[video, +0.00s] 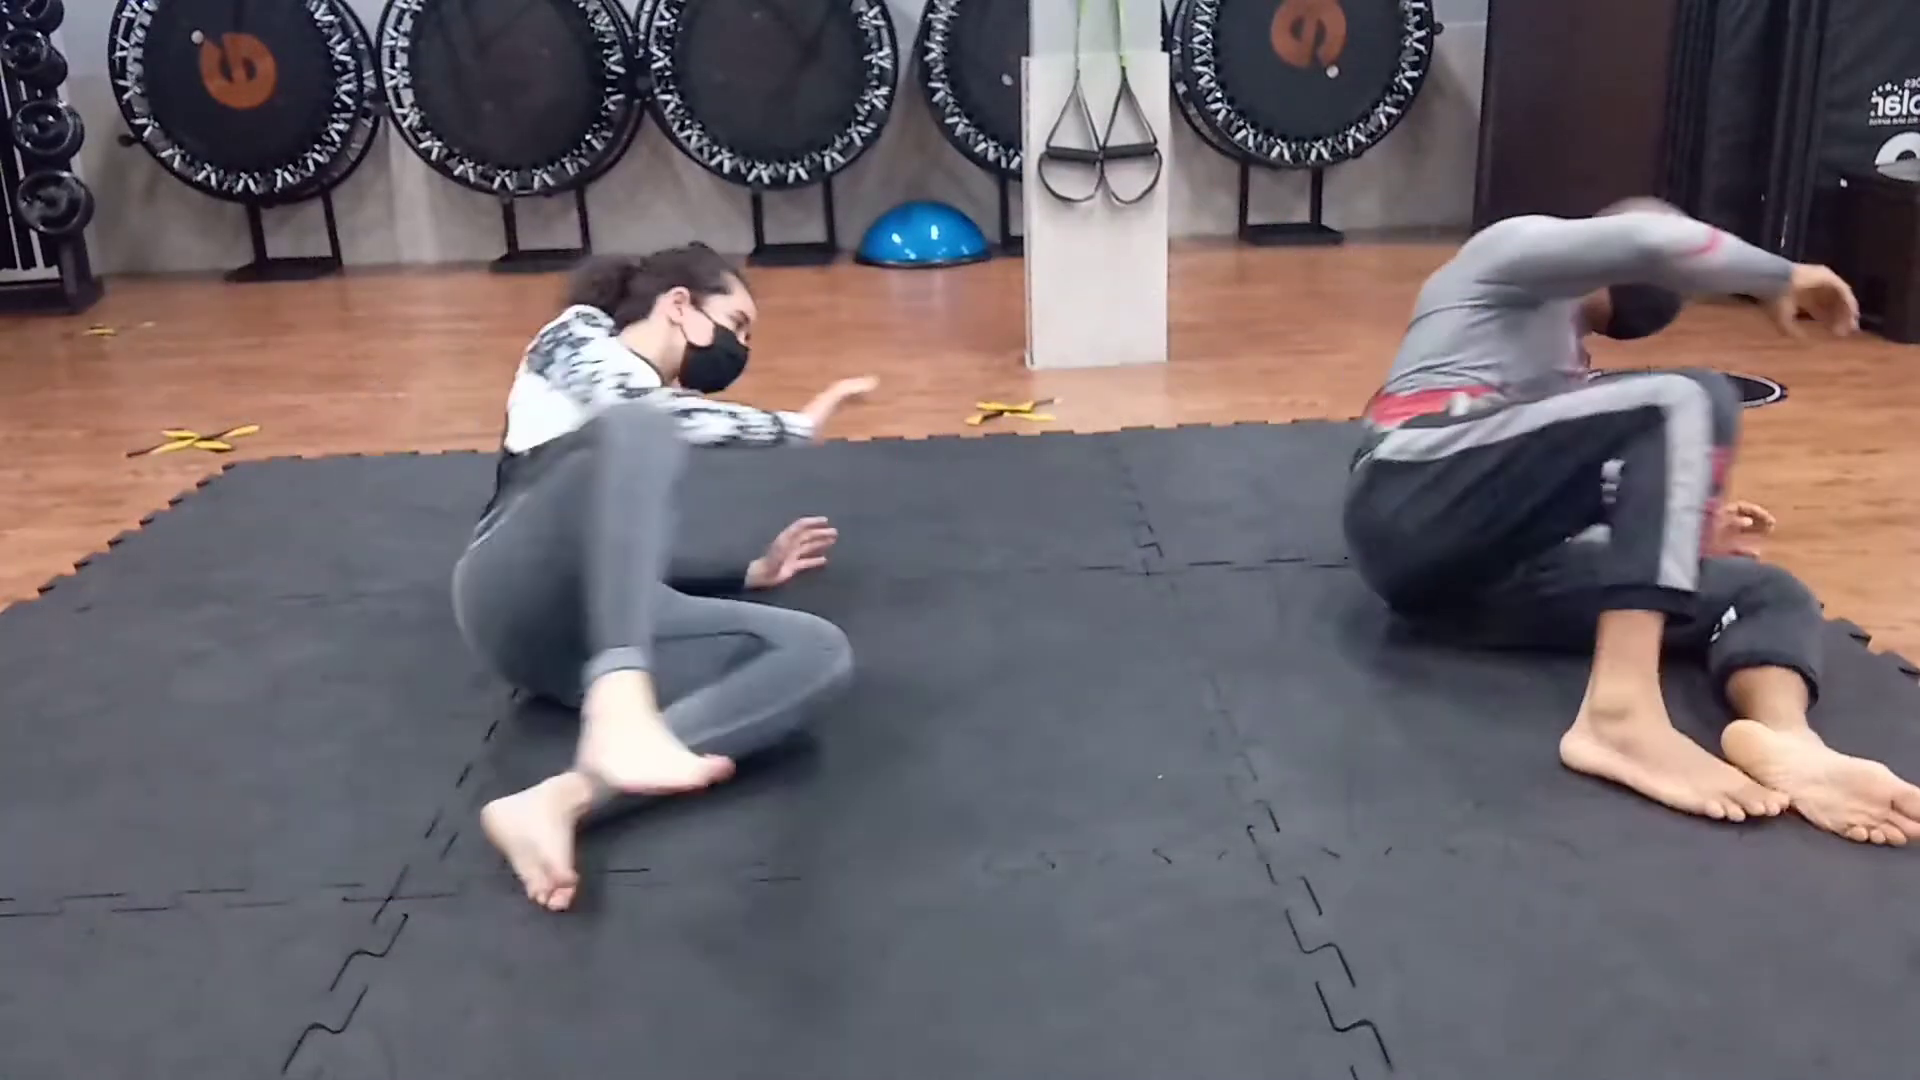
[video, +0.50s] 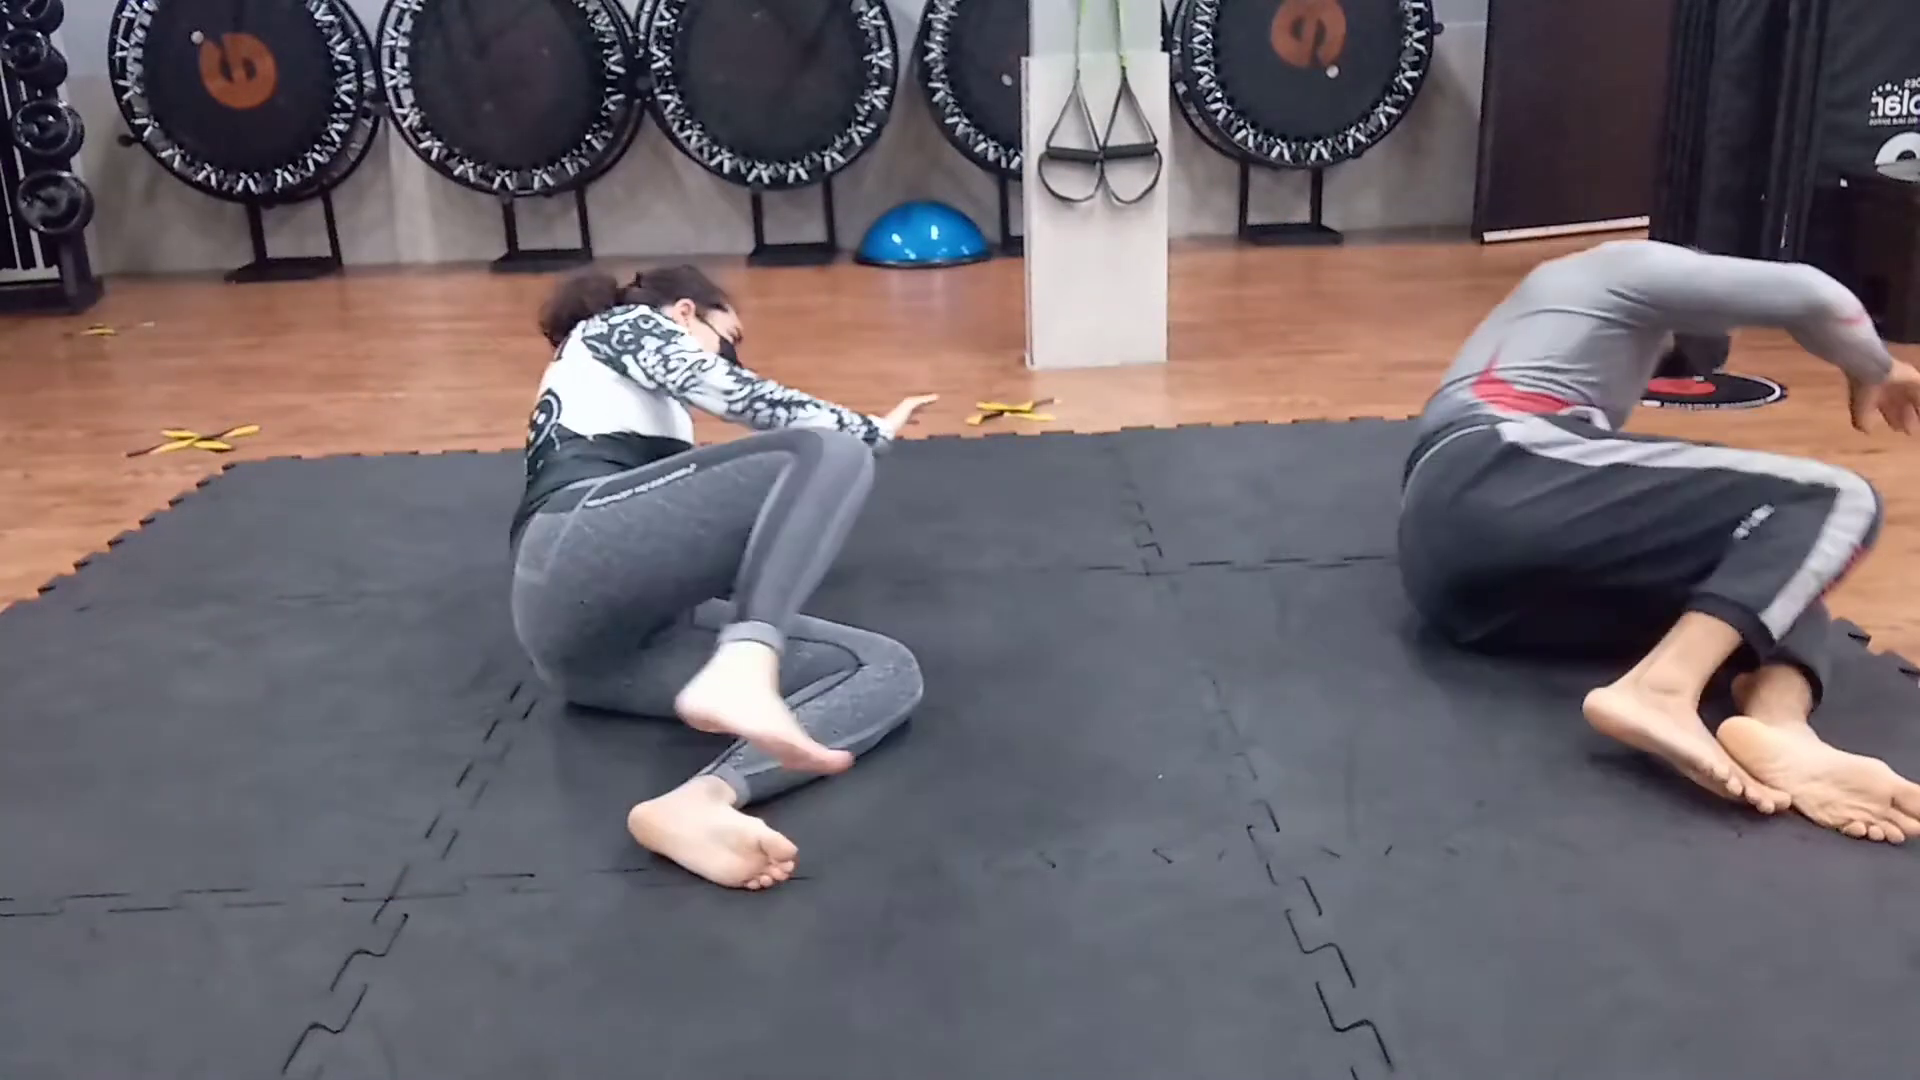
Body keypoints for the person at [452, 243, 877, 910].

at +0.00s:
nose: (742, 349)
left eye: (746, 336)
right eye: (735, 326)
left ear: (679, 314)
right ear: (677, 306)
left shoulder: (659, 408)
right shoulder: (575, 334)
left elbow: (622, 570)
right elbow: (650, 415)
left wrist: (749, 576)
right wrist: (796, 426)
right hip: (512, 599)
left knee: (819, 650)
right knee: (642, 423)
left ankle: (557, 800)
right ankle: (619, 702)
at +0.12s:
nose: (743, 357)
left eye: (748, 344)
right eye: (740, 333)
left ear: (683, 314)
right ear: (685, 307)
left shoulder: (659, 412)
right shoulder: (592, 326)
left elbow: (623, 566)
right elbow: (662, 401)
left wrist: (753, 573)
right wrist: (830, 431)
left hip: (607, 653)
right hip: (526, 589)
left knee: (843, 647)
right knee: (710, 427)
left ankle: (600, 796)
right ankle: (671, 703)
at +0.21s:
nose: (740, 364)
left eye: (745, 351)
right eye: (738, 341)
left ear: (684, 319)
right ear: (687, 310)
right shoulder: (598, 324)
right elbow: (686, 403)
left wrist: (750, 575)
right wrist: (842, 435)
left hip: (610, 656)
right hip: (533, 584)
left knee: (857, 647)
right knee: (743, 435)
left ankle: (637, 796)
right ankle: (703, 700)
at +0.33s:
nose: (733, 365)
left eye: (736, 355)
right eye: (730, 343)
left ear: (680, 325)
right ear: (683, 315)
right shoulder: (607, 323)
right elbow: (708, 401)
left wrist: (766, 556)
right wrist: (852, 437)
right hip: (551, 567)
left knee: (881, 665)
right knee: (795, 446)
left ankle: (696, 802)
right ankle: (708, 689)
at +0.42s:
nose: (725, 363)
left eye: (730, 353)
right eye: (724, 342)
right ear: (682, 313)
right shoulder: (612, 324)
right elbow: (730, 400)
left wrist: (779, 554)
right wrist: (861, 436)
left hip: (609, 665)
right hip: (562, 561)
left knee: (886, 666)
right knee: (823, 446)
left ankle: (707, 795)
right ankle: (717, 675)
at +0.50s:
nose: (724, 362)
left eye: (728, 351)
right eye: (723, 342)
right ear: (682, 312)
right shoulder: (620, 326)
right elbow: (740, 395)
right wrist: (877, 431)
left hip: (598, 664)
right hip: (569, 554)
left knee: (887, 668)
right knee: (835, 451)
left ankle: (704, 797)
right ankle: (741, 667)